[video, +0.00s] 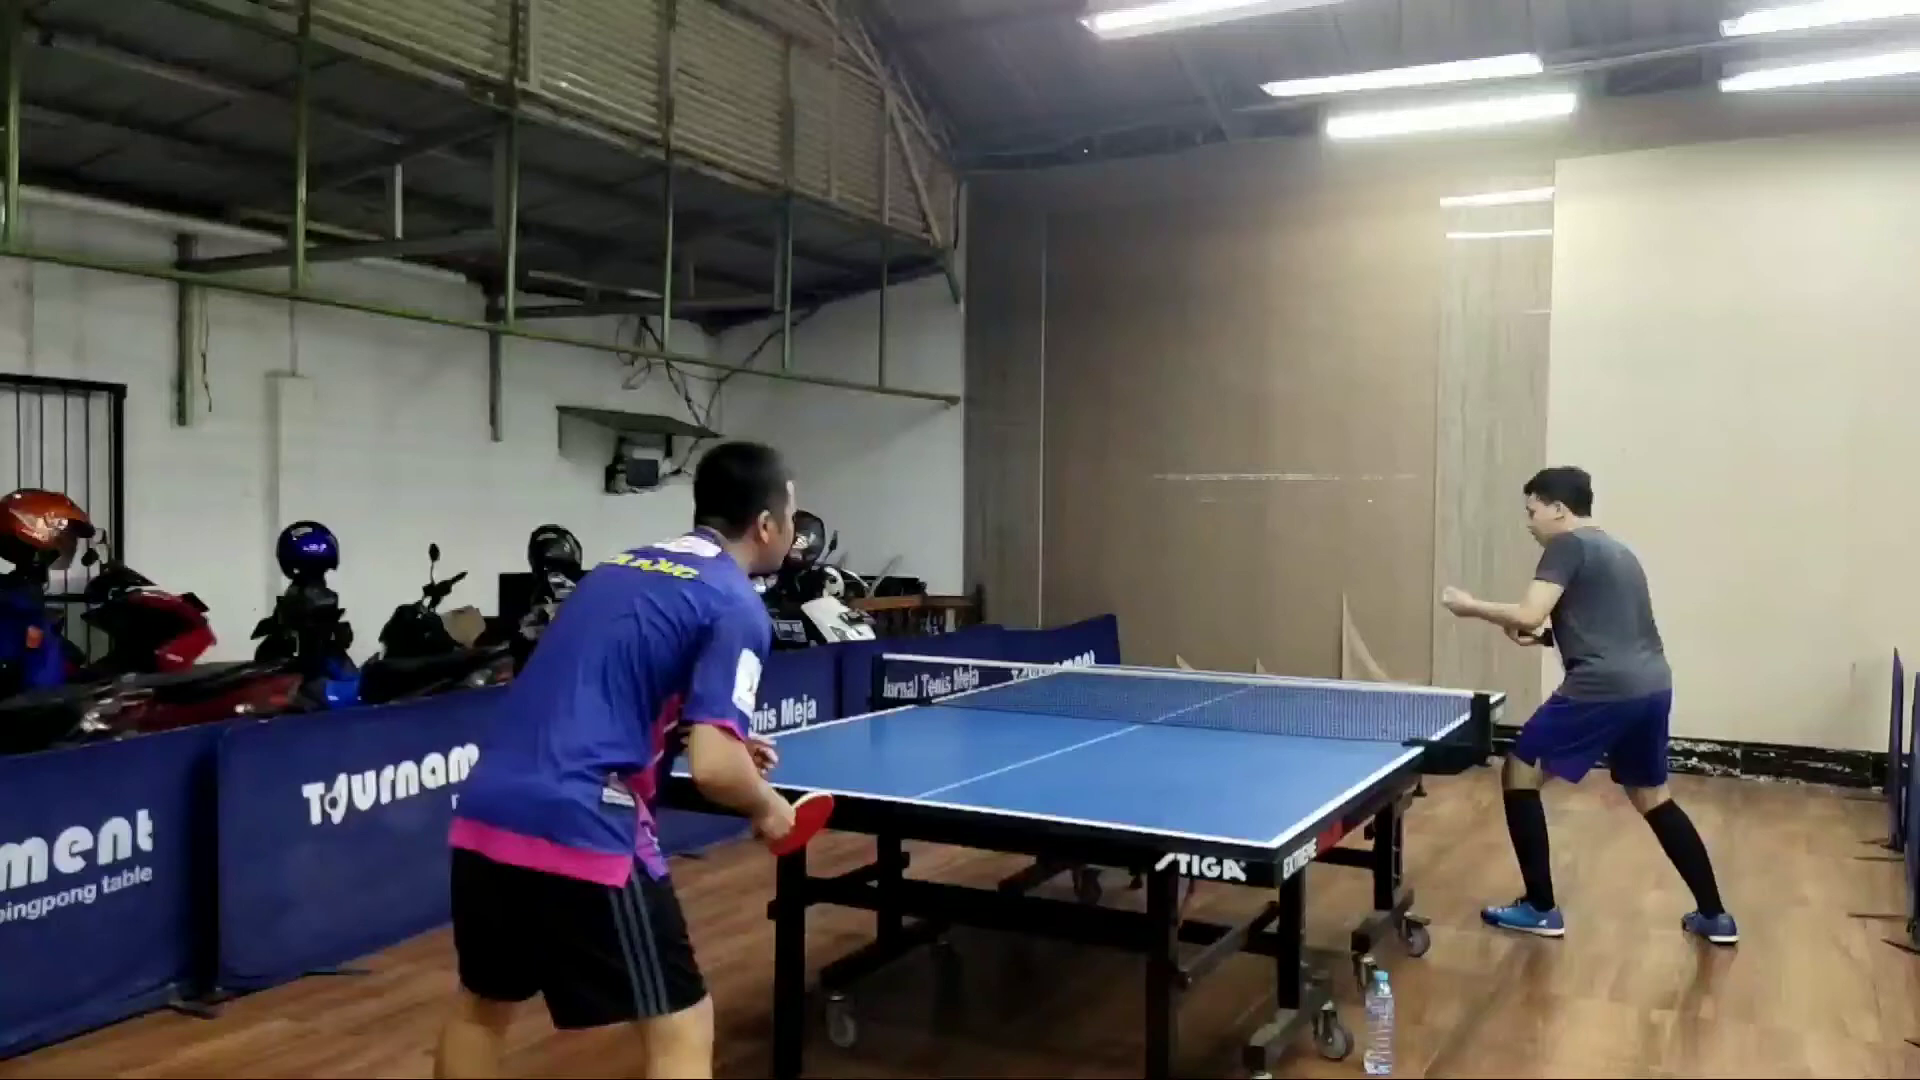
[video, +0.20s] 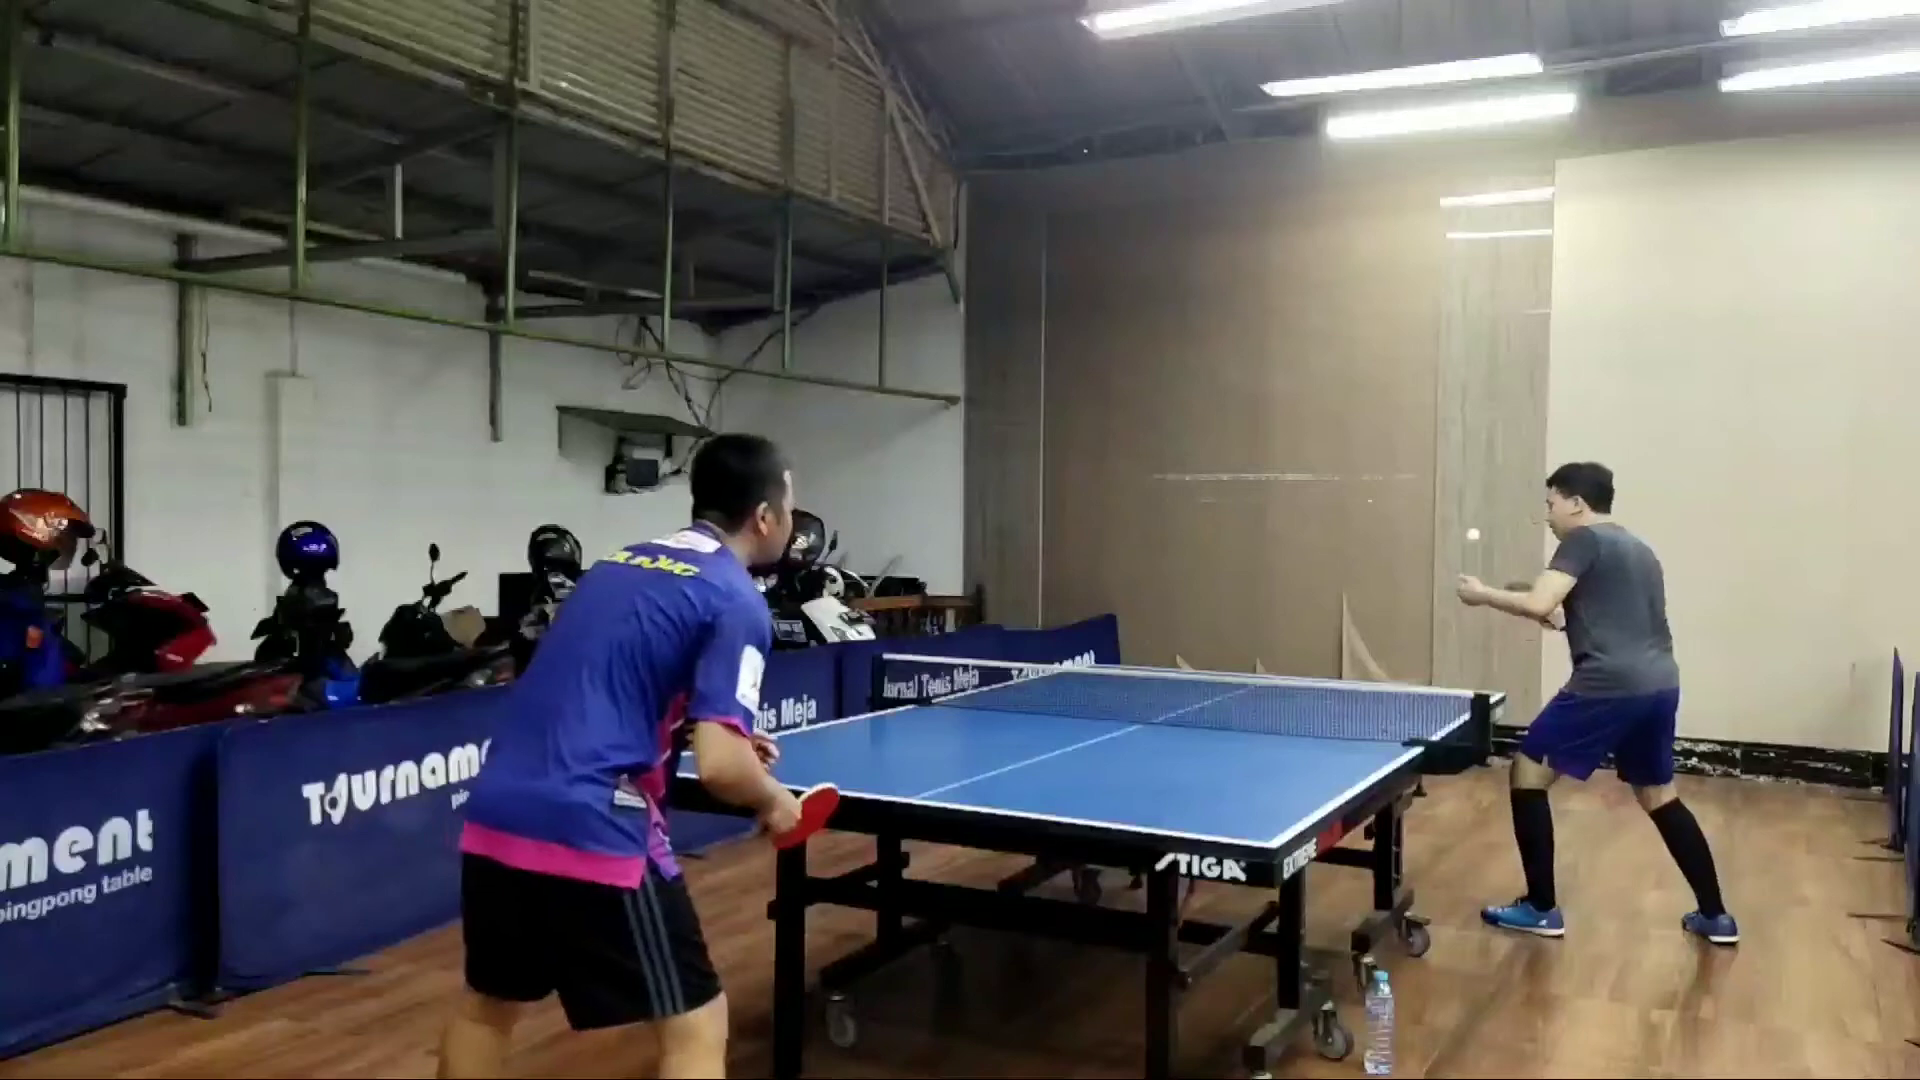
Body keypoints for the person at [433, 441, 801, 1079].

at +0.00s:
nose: (793, 534)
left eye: (792, 517)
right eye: (790, 517)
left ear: (702, 511)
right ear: (765, 524)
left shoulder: (625, 564)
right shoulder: (735, 602)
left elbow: (617, 710)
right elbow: (716, 767)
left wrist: (727, 744)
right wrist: (765, 807)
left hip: (482, 819)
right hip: (585, 831)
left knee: (482, 1009)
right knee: (679, 1024)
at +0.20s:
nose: (790, 524)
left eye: (790, 508)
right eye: (788, 508)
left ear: (699, 506)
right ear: (762, 516)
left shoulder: (622, 562)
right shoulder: (735, 598)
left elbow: (622, 705)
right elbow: (722, 765)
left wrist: (728, 736)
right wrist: (770, 799)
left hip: (493, 820)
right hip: (596, 832)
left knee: (486, 1009)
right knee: (695, 1023)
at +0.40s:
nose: (788, 513)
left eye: (788, 497)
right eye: (786, 498)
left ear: (697, 496)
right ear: (760, 507)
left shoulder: (617, 557)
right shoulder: (737, 592)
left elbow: (595, 691)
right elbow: (731, 757)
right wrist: (783, 793)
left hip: (506, 819)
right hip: (610, 831)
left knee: (495, 1007)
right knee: (712, 1018)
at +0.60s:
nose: (781, 505)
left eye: (780, 489)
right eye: (778, 489)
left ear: (692, 489)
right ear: (754, 498)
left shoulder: (612, 556)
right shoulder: (734, 588)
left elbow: (589, 689)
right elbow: (729, 751)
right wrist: (788, 789)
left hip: (513, 820)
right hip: (617, 831)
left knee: (509, 999)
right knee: (718, 1017)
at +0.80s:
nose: (771, 505)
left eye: (768, 488)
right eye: (767, 489)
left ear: (679, 489)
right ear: (741, 496)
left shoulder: (602, 554)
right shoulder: (726, 580)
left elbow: (590, 685)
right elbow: (739, 738)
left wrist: (694, 730)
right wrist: (808, 770)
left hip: (512, 818)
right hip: (614, 829)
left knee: (509, 997)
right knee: (709, 1018)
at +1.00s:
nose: (758, 535)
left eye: (760, 519)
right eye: (758, 519)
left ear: (671, 508)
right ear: (733, 521)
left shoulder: (582, 562)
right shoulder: (720, 586)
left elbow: (556, 691)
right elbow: (794, 731)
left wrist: (661, 736)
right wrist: (829, 748)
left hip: (495, 823)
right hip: (599, 831)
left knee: (511, 993)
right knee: (706, 1016)